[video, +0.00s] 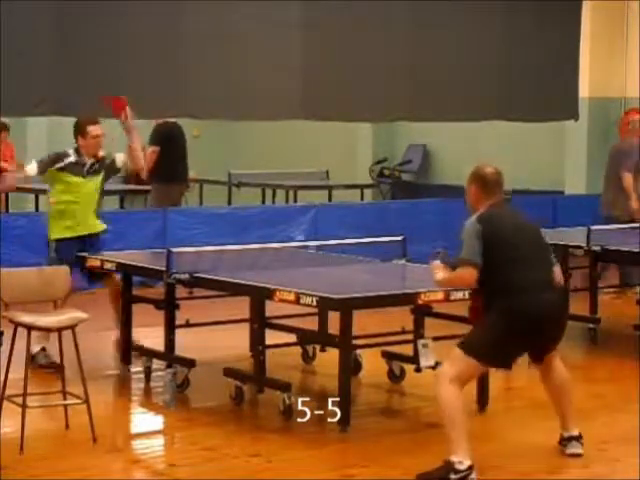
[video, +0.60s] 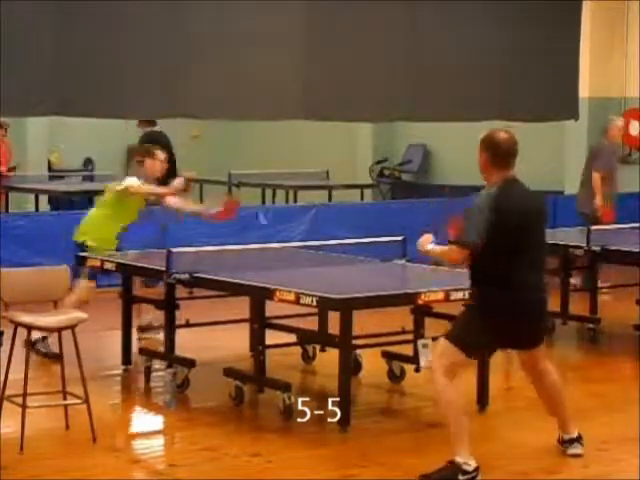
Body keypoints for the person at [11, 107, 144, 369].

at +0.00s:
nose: (100, 142)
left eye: (101, 137)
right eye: (95, 137)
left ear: (101, 138)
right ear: (80, 140)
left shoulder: (103, 164)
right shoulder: (61, 160)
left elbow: (136, 166)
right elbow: (27, 173)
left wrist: (131, 130)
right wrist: (10, 178)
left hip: (92, 232)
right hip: (63, 235)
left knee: (114, 284)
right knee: (58, 292)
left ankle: (124, 337)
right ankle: (40, 347)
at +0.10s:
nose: (98, 139)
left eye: (99, 135)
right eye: (93, 135)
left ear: (101, 138)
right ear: (79, 137)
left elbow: (136, 187)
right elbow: (38, 187)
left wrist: (143, 166)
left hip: (100, 240)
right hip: (70, 239)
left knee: (127, 287)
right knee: (56, 293)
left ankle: (134, 336)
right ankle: (41, 347)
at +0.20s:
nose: (102, 133)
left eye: (103, 129)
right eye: (97, 129)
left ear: (106, 132)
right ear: (84, 132)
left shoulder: (113, 158)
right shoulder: (67, 158)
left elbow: (131, 188)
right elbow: (48, 187)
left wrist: (140, 167)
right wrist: (49, 214)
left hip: (103, 232)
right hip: (74, 232)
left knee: (125, 282)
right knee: (64, 289)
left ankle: (135, 333)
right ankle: (51, 343)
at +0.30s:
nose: (114, 139)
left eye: (116, 134)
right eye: (109, 134)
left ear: (117, 137)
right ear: (95, 136)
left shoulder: (113, 163)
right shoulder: (82, 159)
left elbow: (111, 193)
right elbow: (59, 190)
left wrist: (127, 204)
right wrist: (85, 211)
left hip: (107, 234)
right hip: (80, 235)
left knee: (130, 282)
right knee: (80, 289)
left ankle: (145, 329)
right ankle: (46, 335)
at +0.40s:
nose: (125, 150)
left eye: (126, 145)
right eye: (121, 144)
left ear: (119, 148)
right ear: (107, 145)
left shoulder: (111, 171)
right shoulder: (92, 165)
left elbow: (115, 206)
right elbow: (77, 200)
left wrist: (140, 226)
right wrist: (110, 213)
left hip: (105, 244)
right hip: (81, 246)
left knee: (136, 275)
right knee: (83, 295)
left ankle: (148, 322)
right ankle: (41, 337)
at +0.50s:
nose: (147, 164)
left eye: (148, 159)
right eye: (143, 158)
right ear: (128, 158)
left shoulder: (126, 186)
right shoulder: (110, 180)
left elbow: (149, 210)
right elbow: (115, 195)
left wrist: (175, 220)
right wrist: (147, 196)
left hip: (104, 245)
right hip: (83, 246)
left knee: (137, 271)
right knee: (84, 297)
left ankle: (149, 315)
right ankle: (41, 337)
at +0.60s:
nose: (164, 167)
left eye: (166, 162)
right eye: (160, 161)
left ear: (161, 164)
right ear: (143, 160)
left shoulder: (151, 190)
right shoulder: (129, 182)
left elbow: (177, 203)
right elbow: (137, 189)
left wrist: (209, 210)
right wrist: (171, 188)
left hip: (110, 243)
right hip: (89, 241)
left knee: (144, 274)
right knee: (82, 293)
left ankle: (145, 323)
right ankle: (42, 336)